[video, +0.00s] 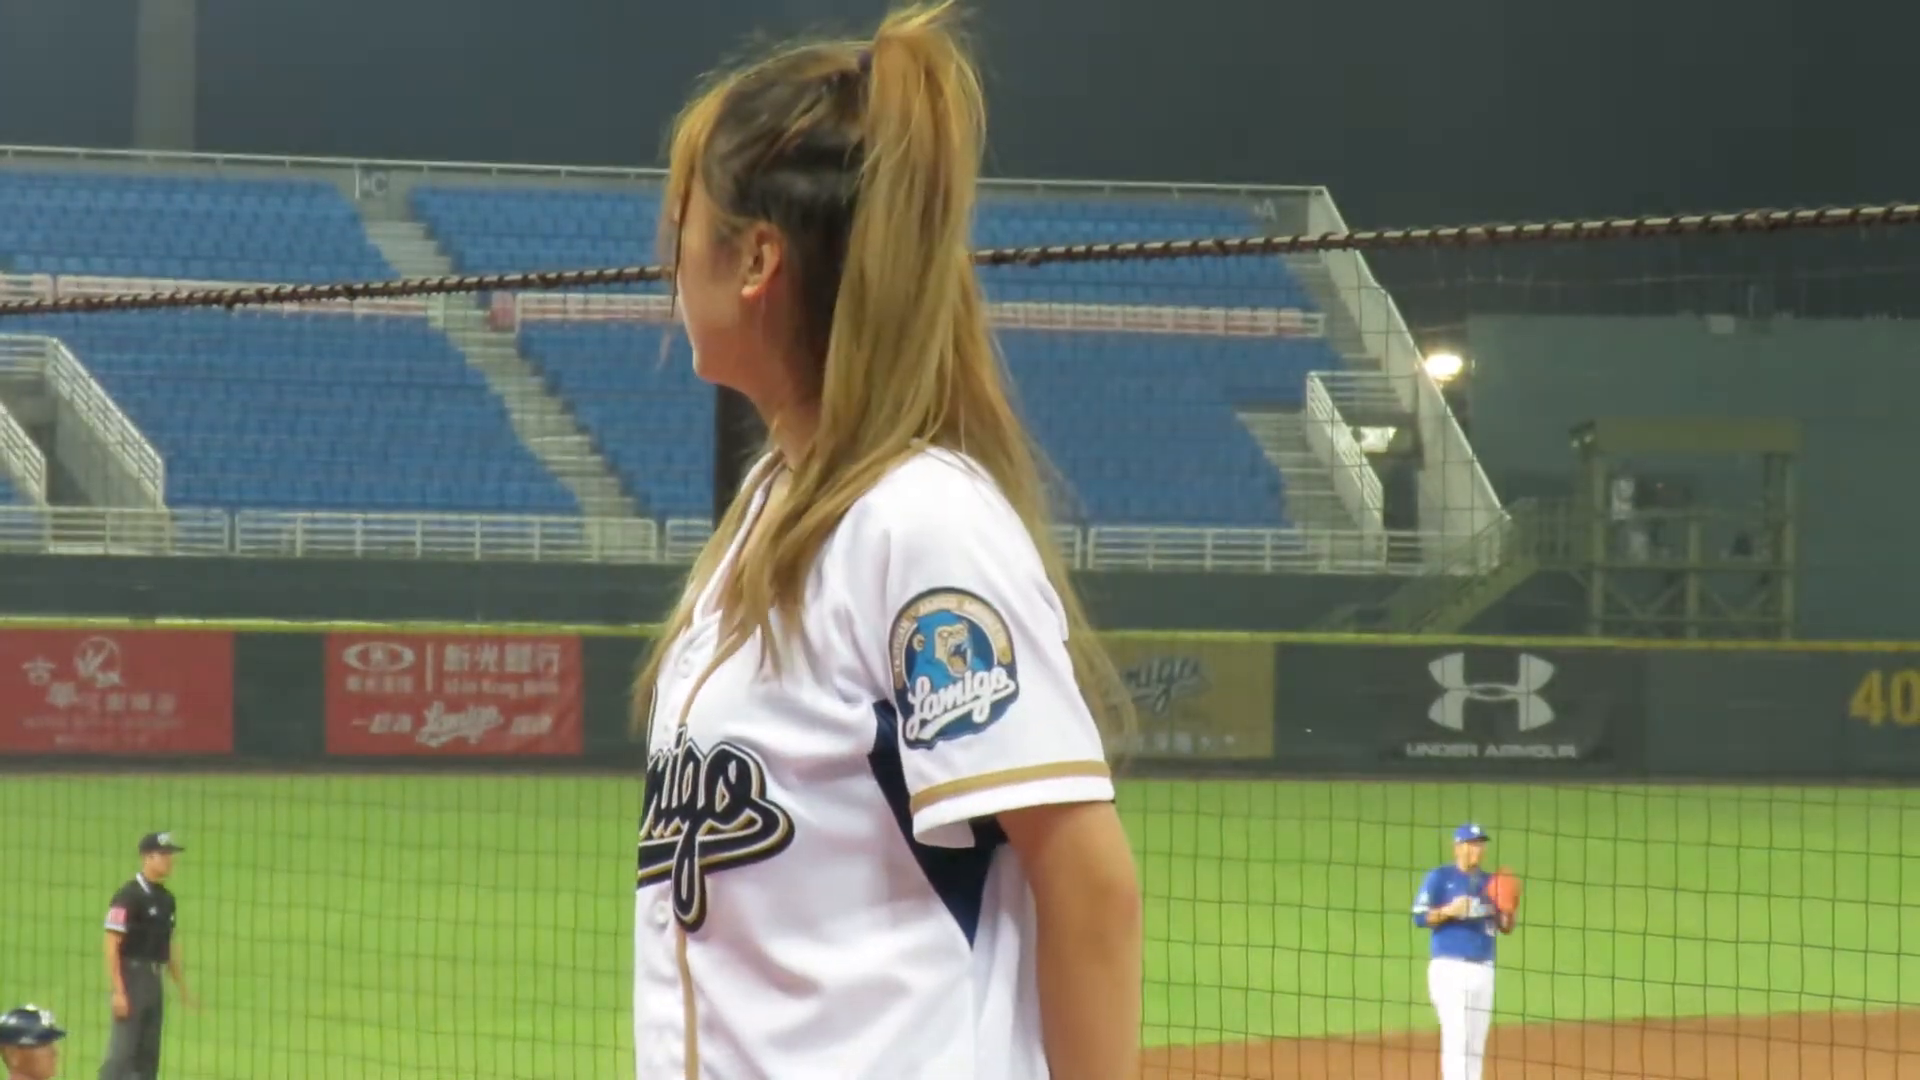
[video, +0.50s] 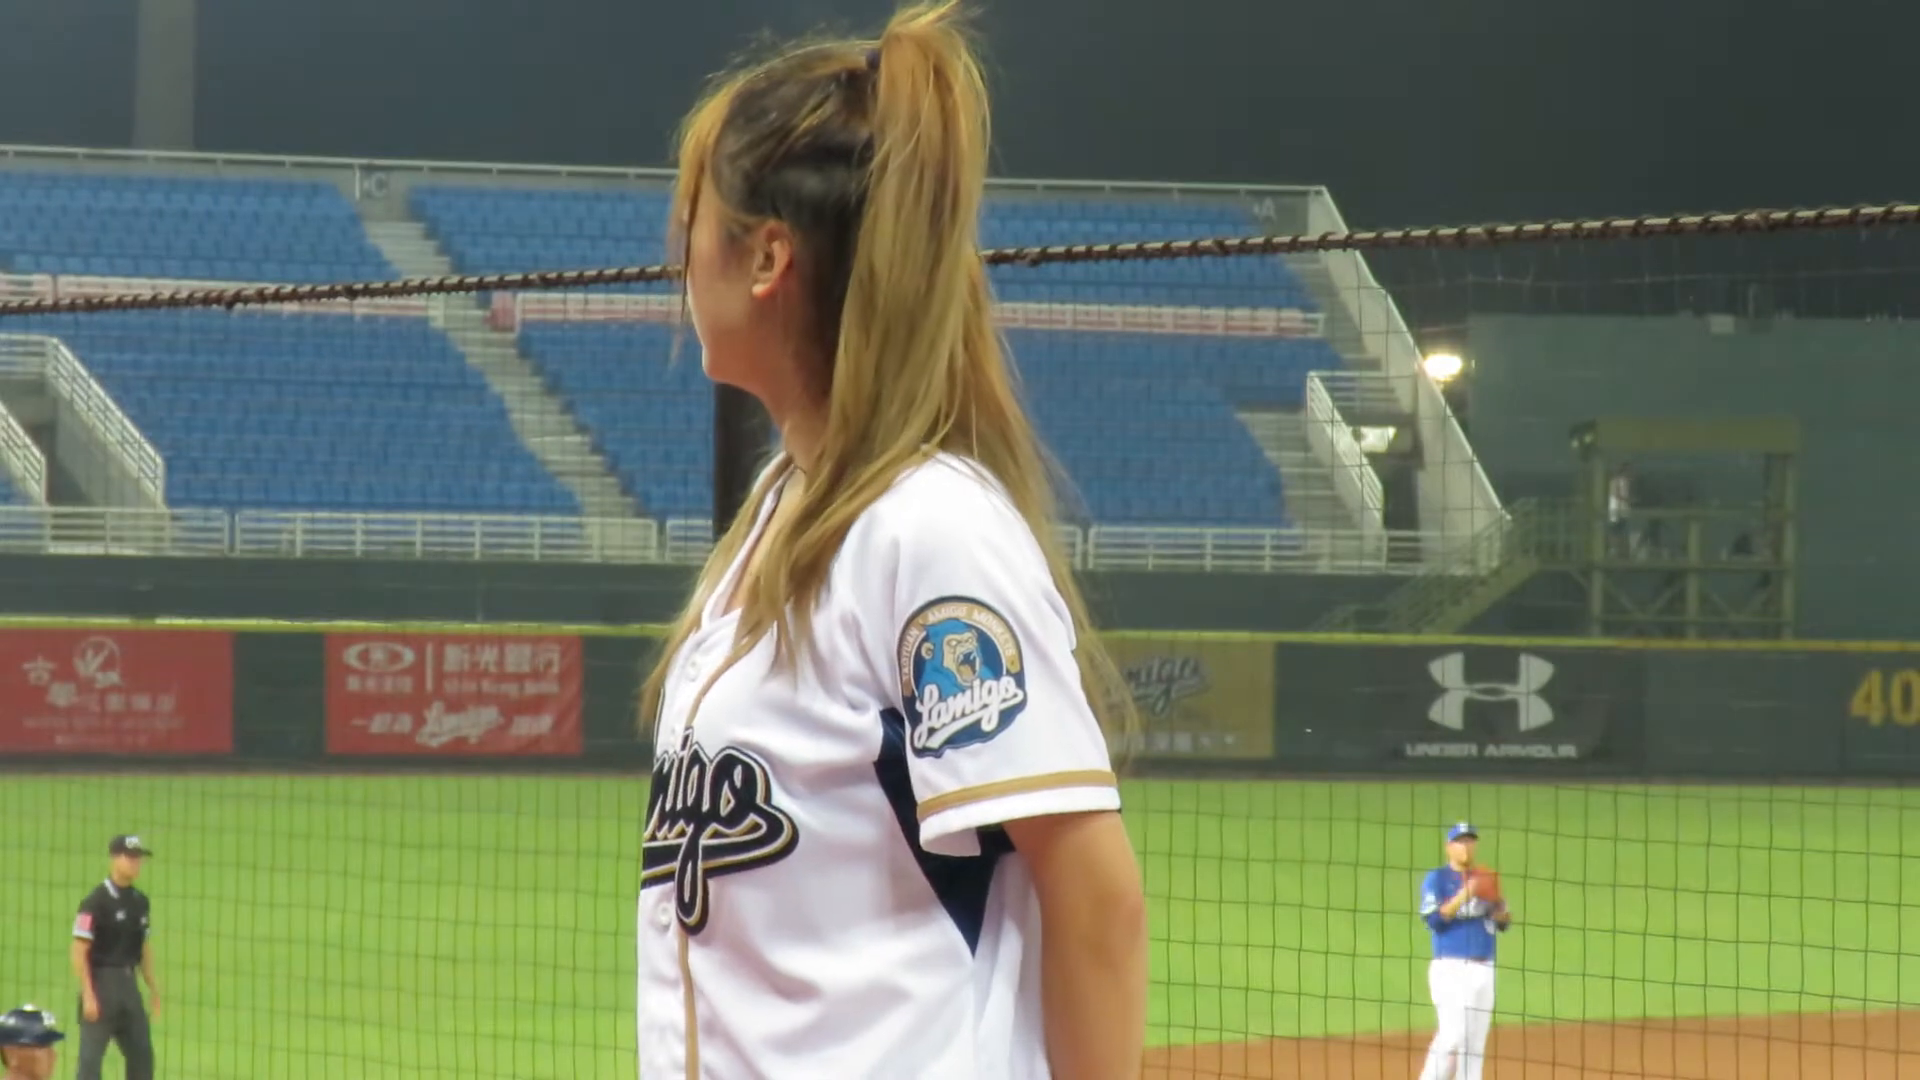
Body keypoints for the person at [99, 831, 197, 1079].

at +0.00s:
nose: (169, 861)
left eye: (170, 856)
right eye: (163, 855)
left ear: (169, 858)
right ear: (147, 857)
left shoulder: (166, 899)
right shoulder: (128, 895)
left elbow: (167, 948)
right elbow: (111, 945)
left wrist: (182, 987)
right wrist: (118, 991)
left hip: (154, 969)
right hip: (130, 967)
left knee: (149, 1045)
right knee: (125, 1045)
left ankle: (144, 1075)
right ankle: (114, 1074)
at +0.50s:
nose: (135, 864)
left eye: (138, 858)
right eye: (129, 857)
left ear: (140, 861)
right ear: (114, 858)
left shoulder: (140, 901)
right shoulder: (94, 902)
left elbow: (143, 948)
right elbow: (79, 951)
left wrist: (153, 989)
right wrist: (88, 995)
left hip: (127, 977)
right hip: (100, 976)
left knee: (141, 1055)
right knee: (90, 1059)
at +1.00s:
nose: (120, 865)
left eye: (123, 859)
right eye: (114, 859)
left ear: (127, 862)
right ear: (100, 860)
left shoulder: (126, 900)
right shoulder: (82, 903)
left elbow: (128, 949)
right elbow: (68, 952)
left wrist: (133, 991)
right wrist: (69, 996)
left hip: (117, 972)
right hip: (90, 973)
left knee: (128, 1053)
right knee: (86, 1053)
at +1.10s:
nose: (119, 865)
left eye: (122, 859)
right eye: (113, 859)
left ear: (126, 862)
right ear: (99, 860)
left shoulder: (124, 901)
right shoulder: (81, 903)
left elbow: (127, 951)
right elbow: (67, 952)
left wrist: (132, 991)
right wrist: (73, 997)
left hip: (117, 972)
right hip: (89, 972)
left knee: (127, 1054)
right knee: (85, 1056)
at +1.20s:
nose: (118, 865)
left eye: (121, 859)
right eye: (112, 859)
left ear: (125, 862)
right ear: (98, 860)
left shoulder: (123, 900)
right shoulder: (81, 903)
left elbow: (126, 950)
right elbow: (67, 952)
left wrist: (131, 990)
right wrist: (75, 998)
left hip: (115, 972)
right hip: (88, 972)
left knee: (126, 1053)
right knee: (85, 1055)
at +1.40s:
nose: (117, 866)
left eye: (120, 860)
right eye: (111, 859)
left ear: (124, 862)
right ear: (96, 860)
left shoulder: (122, 901)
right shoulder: (80, 903)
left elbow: (123, 950)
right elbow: (67, 953)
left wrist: (129, 988)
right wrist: (75, 997)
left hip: (114, 972)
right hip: (87, 972)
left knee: (126, 1054)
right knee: (84, 1056)